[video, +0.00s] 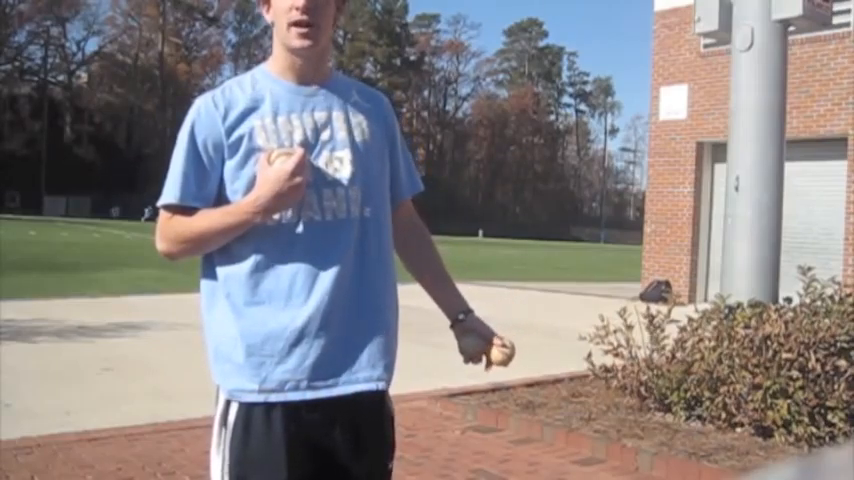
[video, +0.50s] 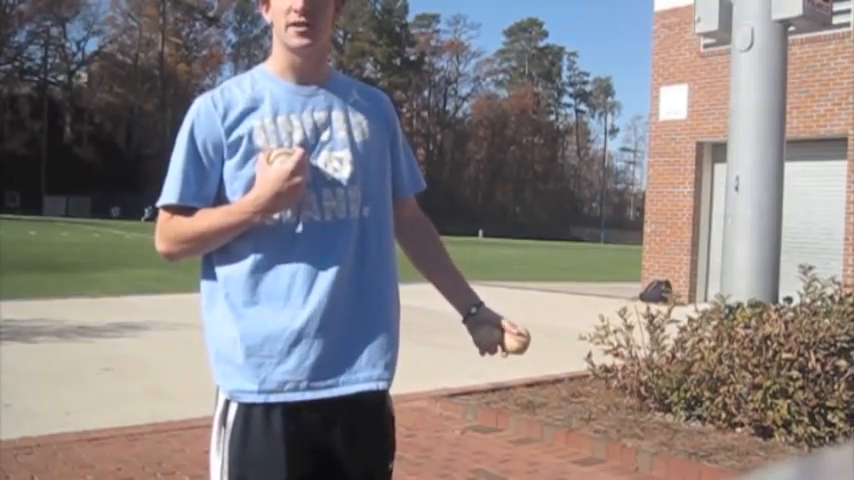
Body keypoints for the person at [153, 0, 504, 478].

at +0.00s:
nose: (305, 8)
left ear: (338, 10)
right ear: (268, 9)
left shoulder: (373, 109)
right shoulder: (216, 112)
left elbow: (405, 225)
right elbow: (169, 238)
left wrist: (463, 318)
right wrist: (258, 203)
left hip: (359, 386)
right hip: (260, 392)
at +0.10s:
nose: (305, 8)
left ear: (339, 10)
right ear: (267, 9)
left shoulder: (373, 109)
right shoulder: (217, 111)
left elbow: (406, 221)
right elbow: (169, 239)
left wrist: (467, 314)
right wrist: (259, 203)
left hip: (359, 384)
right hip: (261, 391)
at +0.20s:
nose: (305, 7)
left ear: (339, 10)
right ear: (266, 9)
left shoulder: (373, 109)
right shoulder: (216, 111)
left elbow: (408, 219)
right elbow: (169, 239)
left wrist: (472, 310)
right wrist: (260, 203)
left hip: (360, 383)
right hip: (261, 388)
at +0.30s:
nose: (302, 9)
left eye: (317, 1)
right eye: (289, 0)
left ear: (338, 12)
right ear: (266, 10)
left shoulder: (373, 109)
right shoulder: (216, 112)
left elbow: (409, 219)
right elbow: (169, 239)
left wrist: (475, 308)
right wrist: (259, 204)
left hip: (360, 383)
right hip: (261, 388)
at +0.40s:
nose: (303, 9)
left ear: (340, 10)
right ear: (266, 9)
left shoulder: (373, 109)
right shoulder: (216, 112)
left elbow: (409, 218)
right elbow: (169, 239)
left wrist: (475, 308)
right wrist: (258, 204)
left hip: (360, 383)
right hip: (261, 389)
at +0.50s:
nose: (303, 9)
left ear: (339, 10)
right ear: (266, 9)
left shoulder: (374, 109)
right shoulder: (217, 112)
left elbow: (409, 219)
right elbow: (169, 239)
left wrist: (474, 312)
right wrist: (257, 203)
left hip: (359, 383)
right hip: (260, 389)